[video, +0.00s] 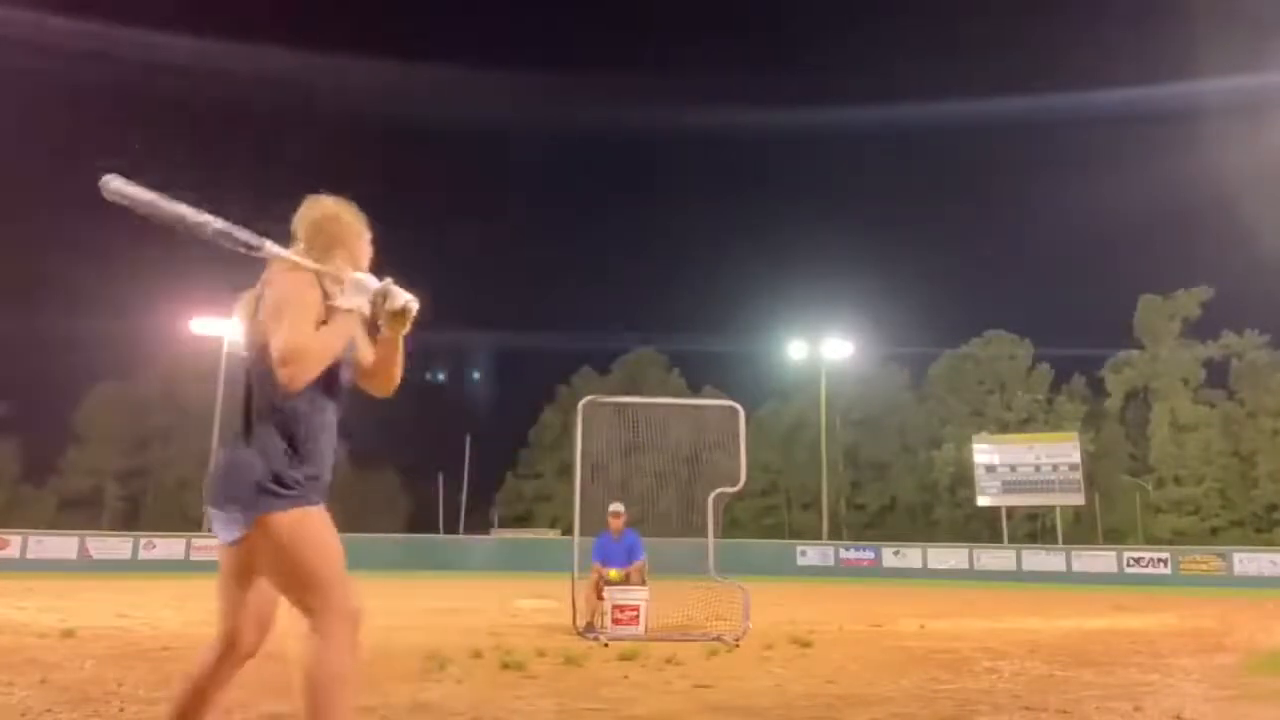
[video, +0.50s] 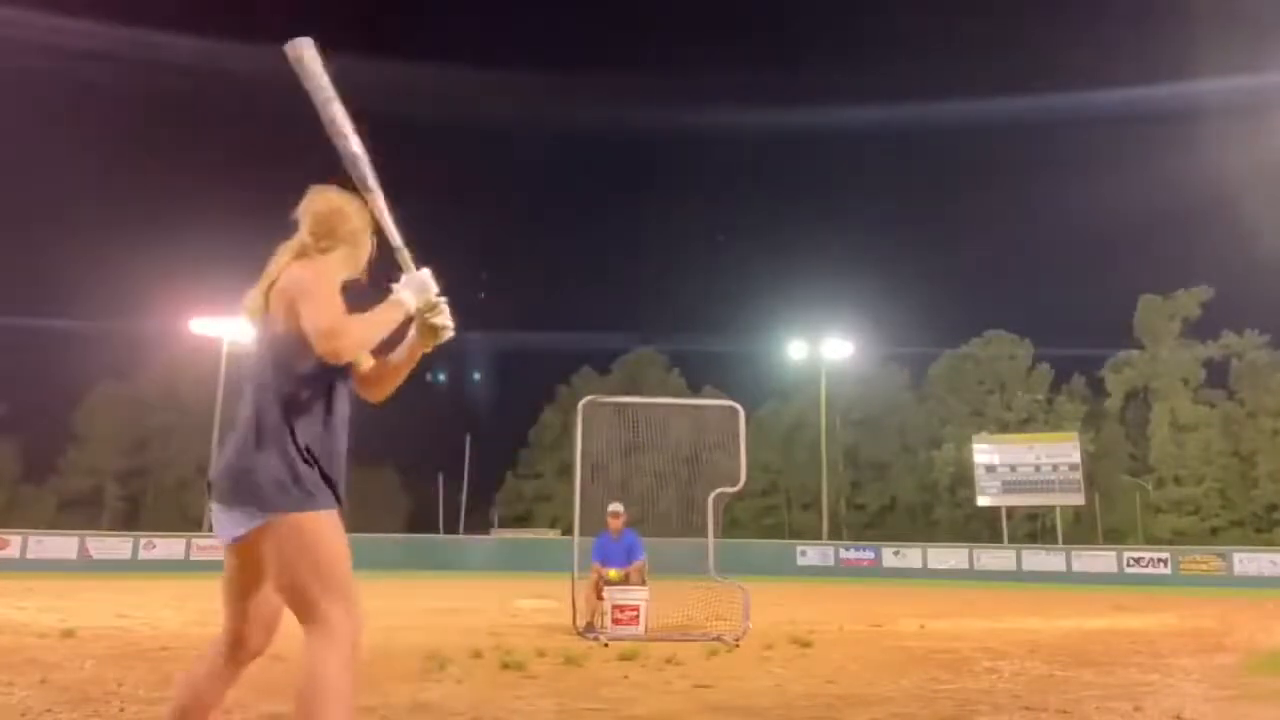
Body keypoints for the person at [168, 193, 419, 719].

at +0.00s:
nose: (367, 263)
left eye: (366, 253)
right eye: (362, 251)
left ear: (321, 246)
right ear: (339, 248)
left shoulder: (333, 297)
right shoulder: (291, 278)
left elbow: (381, 381)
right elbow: (292, 370)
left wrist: (393, 330)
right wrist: (350, 313)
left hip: (259, 482)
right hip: (269, 483)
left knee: (238, 639)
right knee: (339, 617)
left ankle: (179, 712)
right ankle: (328, 712)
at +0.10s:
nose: (354, 266)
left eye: (355, 259)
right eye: (352, 256)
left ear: (295, 238)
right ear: (337, 246)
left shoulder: (298, 290)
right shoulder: (298, 276)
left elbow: (365, 379)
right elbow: (301, 356)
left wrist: (393, 331)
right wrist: (359, 307)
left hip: (239, 478)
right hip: (276, 480)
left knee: (231, 637)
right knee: (343, 608)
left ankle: (176, 713)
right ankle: (331, 711)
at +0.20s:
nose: (358, 254)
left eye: (355, 246)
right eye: (354, 244)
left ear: (297, 235)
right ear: (337, 240)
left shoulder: (275, 285)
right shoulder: (306, 271)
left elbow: (366, 379)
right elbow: (310, 351)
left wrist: (398, 331)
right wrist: (368, 303)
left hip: (238, 475)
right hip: (278, 476)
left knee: (234, 637)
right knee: (339, 615)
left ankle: (177, 712)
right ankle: (326, 712)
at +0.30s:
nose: (362, 254)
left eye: (361, 245)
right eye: (359, 244)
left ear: (304, 236)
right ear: (344, 240)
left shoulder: (291, 287)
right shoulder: (304, 276)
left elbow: (369, 386)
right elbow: (326, 349)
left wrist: (410, 336)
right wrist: (386, 301)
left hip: (252, 476)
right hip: (286, 476)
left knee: (249, 637)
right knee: (336, 626)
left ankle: (182, 712)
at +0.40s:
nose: (372, 245)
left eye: (372, 234)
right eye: (369, 234)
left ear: (313, 230)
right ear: (353, 233)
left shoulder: (298, 286)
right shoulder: (307, 275)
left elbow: (371, 386)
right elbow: (332, 345)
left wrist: (415, 338)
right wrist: (397, 300)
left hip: (250, 474)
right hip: (285, 476)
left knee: (253, 634)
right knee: (335, 624)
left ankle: (185, 711)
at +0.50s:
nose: (369, 254)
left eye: (370, 243)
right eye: (367, 242)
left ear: (311, 231)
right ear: (352, 236)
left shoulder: (294, 285)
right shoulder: (310, 274)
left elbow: (373, 386)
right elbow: (334, 342)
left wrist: (417, 342)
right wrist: (401, 300)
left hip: (249, 476)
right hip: (284, 477)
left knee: (243, 638)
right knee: (335, 624)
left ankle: (179, 713)